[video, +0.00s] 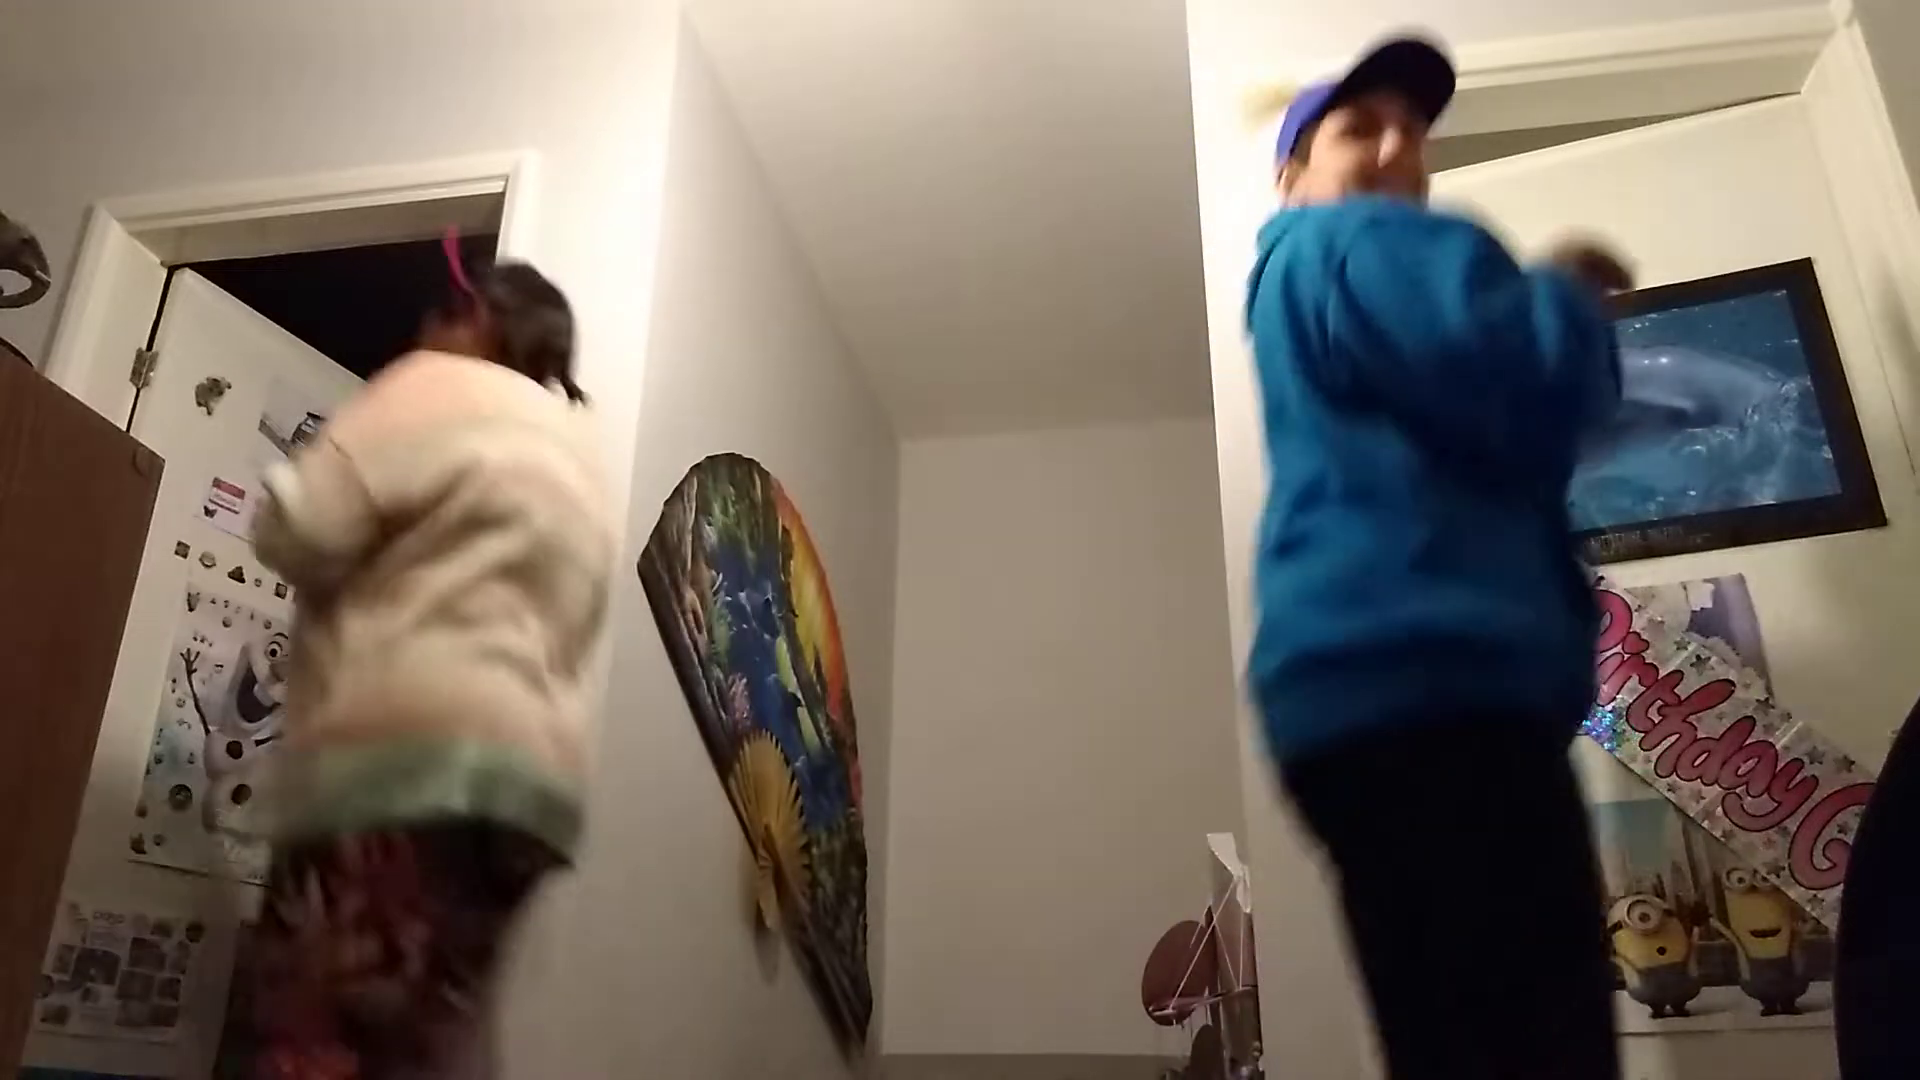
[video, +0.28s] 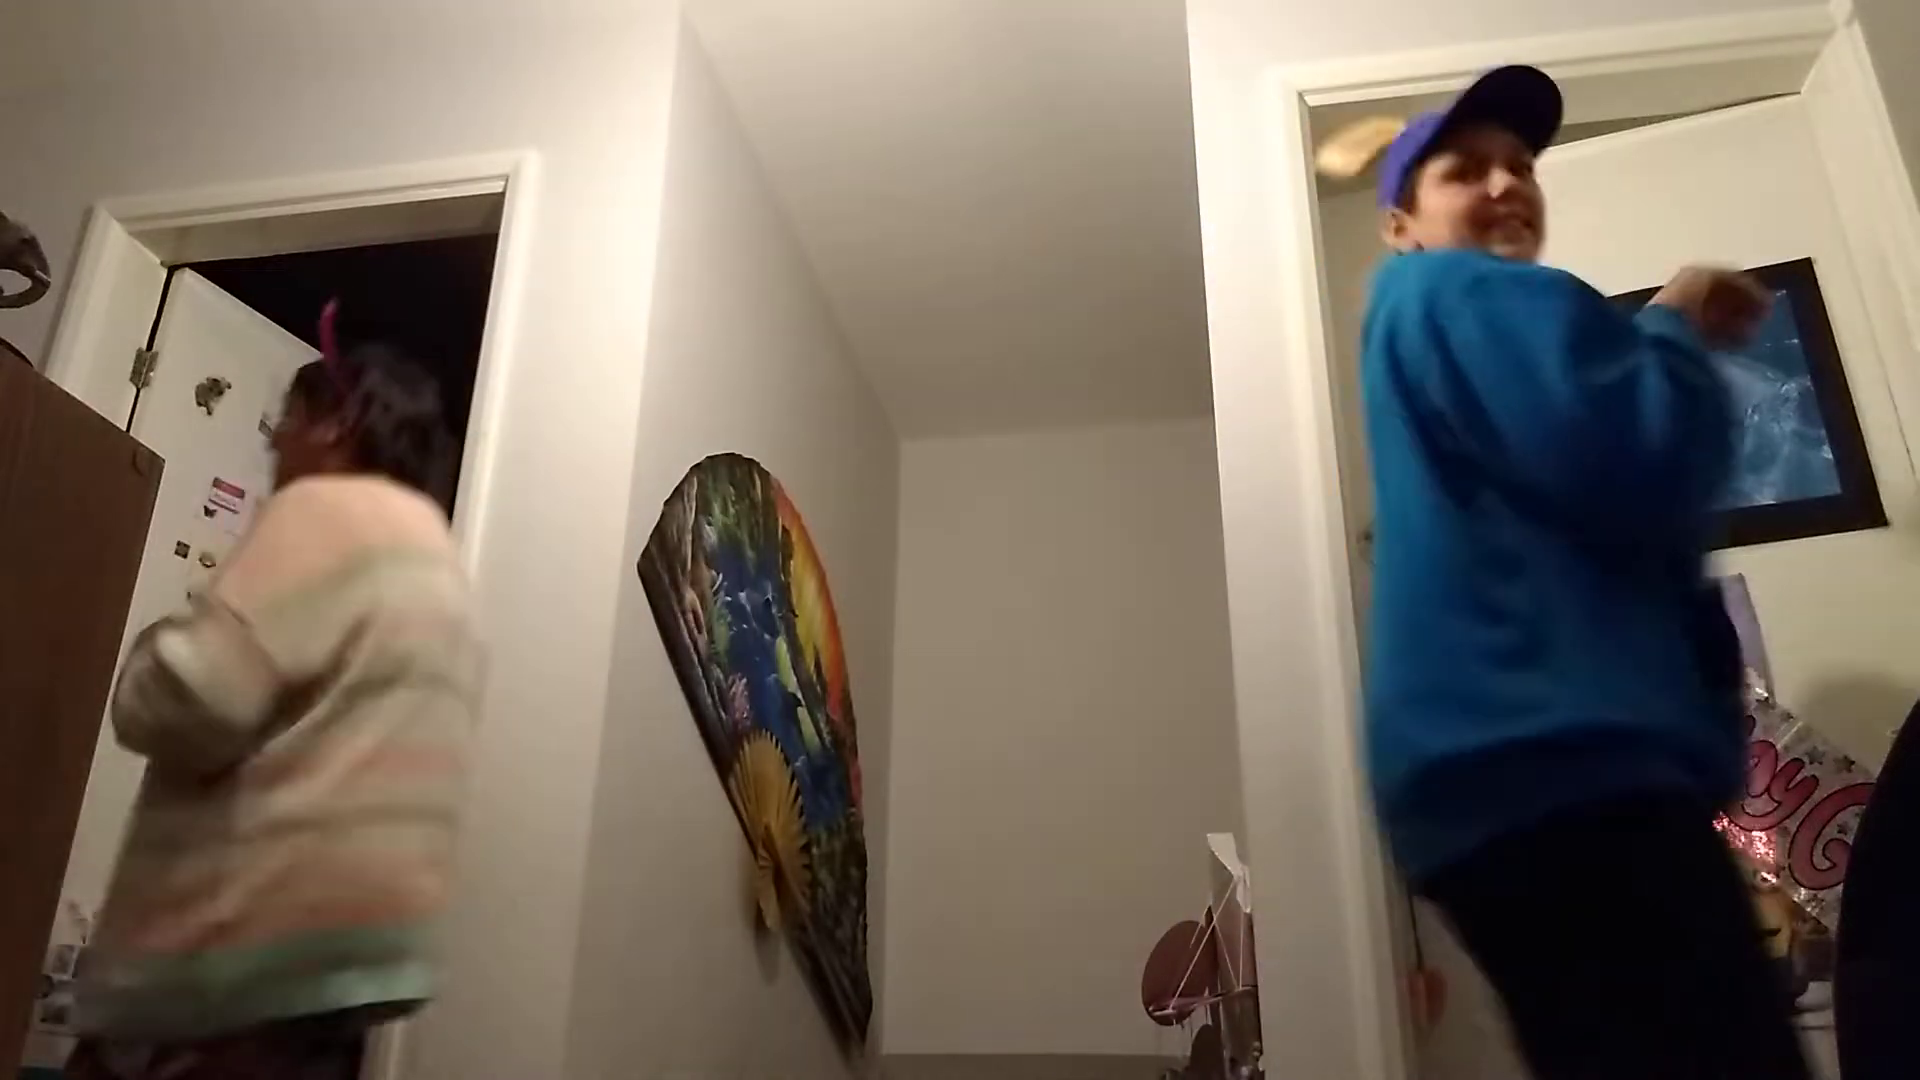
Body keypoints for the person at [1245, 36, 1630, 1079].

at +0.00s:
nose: (1398, 148)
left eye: (1410, 135)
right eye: (1365, 127)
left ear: (1420, 152)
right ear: (1297, 155)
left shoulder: (1306, 263)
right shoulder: (1356, 242)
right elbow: (1519, 383)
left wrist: (1550, 295)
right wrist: (1569, 286)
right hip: (1427, 679)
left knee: (1456, 1022)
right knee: (1534, 1019)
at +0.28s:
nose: (1507, 185)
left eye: (1523, 169)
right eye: (1465, 170)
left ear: (1542, 200)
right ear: (1401, 223)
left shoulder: (1433, 310)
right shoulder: (1451, 291)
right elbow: (1634, 460)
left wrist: (1657, 340)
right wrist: (1683, 328)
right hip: (1550, 767)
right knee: (1714, 1049)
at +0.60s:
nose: (1557, 151)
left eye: (1572, 129)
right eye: (1514, 135)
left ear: (1598, 155)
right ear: (1462, 189)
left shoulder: (1626, 283)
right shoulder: (1500, 276)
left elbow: (1840, 489)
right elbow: (1659, 388)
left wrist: (1794, 322)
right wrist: (1770, 271)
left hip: (1757, 714)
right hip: (1659, 738)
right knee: (1801, 1031)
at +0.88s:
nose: (1632, 166)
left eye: (1656, 140)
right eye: (1592, 156)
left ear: (1699, 170)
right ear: (1557, 211)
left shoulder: (1748, 326)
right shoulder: (1568, 316)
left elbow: (1866, 502)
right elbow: (1703, 482)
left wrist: (1894, 363)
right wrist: (1834, 326)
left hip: (1817, 763)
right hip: (1690, 785)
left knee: (1866, 1042)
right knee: (1787, 1053)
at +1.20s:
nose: (1601, 175)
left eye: (1629, 142)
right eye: (1582, 169)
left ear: (1721, 148)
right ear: (1580, 209)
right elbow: (1499, 589)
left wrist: (1819, 379)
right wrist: (1598, 429)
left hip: (1887, 761)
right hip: (1682, 793)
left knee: (1890, 1043)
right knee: (1768, 1055)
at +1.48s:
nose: (1562, 213)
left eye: (1580, 176)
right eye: (1551, 201)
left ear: (1678, 157)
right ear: (1558, 227)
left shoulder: (1794, 252)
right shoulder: (1599, 372)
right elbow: (1616, 598)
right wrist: (1533, 557)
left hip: (1816, 766)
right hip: (1662, 791)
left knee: (1842, 1048)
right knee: (1734, 1053)